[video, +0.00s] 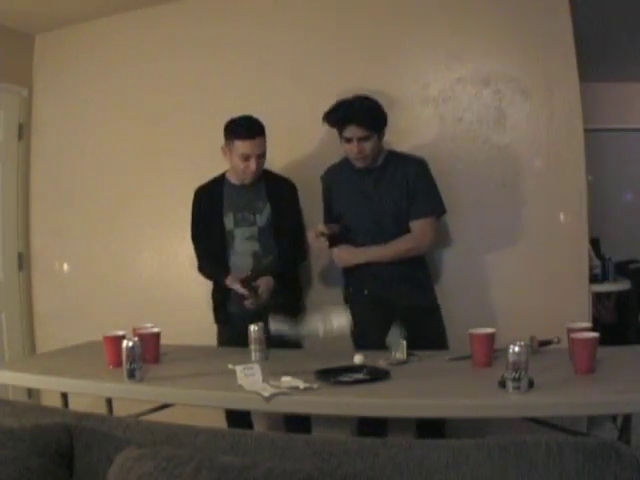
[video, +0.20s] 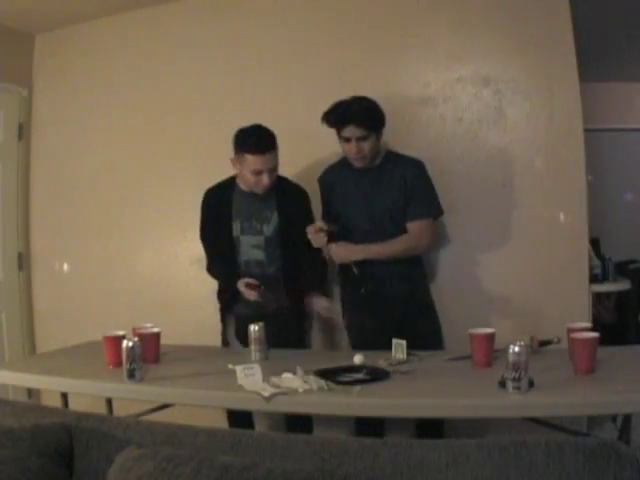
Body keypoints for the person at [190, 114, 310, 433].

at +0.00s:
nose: (253, 166)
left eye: (260, 157)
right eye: (245, 158)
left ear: (266, 151)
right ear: (226, 152)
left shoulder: (283, 189)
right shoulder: (207, 195)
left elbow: (295, 247)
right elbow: (205, 256)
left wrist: (273, 277)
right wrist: (227, 278)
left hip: (279, 305)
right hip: (233, 308)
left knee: (290, 386)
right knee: (235, 390)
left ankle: (299, 459)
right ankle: (241, 459)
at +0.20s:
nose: (265, 180)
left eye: (271, 171)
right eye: (257, 174)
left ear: (277, 160)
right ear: (236, 165)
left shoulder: (294, 196)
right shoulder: (216, 198)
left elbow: (309, 250)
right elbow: (214, 255)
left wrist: (313, 290)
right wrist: (234, 281)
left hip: (287, 303)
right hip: (240, 306)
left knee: (293, 383)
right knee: (238, 383)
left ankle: (299, 455)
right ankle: (242, 454)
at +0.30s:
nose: (278, 188)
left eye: (284, 179)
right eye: (270, 181)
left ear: (290, 167)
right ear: (248, 170)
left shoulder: (304, 202)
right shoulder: (225, 198)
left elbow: (327, 262)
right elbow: (217, 252)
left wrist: (355, 307)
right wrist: (235, 281)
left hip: (292, 314)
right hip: (243, 314)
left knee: (297, 395)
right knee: (238, 394)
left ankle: (302, 465)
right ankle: (242, 463)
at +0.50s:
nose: (294, 198)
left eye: (300, 189)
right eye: (285, 190)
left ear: (306, 177)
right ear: (263, 175)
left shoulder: (311, 208)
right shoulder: (236, 197)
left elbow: (343, 264)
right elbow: (223, 244)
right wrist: (235, 280)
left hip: (295, 317)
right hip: (246, 315)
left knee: (299, 398)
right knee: (235, 394)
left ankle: (301, 464)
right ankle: (242, 460)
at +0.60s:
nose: (294, 200)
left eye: (301, 190)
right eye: (286, 192)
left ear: (308, 178)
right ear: (264, 178)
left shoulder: (314, 210)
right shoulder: (239, 197)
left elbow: (345, 266)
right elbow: (225, 241)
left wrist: (383, 328)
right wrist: (234, 279)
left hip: (295, 315)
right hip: (247, 312)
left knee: (300, 397)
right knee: (235, 393)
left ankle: (303, 465)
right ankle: (240, 460)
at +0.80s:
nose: (287, 196)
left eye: (295, 187)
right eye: (278, 188)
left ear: (301, 175)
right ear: (258, 175)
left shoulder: (312, 212)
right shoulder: (238, 199)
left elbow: (342, 275)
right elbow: (226, 243)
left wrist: (373, 333)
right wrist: (233, 279)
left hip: (295, 322)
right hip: (245, 318)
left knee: (300, 402)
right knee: (228, 393)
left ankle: (301, 468)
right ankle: (236, 461)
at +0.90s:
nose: (281, 189)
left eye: (287, 180)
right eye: (272, 181)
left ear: (293, 170)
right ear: (250, 170)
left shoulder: (304, 207)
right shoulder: (230, 200)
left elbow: (336, 266)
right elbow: (223, 246)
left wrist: (372, 314)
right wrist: (229, 280)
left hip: (291, 318)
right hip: (243, 315)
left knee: (299, 396)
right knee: (223, 390)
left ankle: (302, 464)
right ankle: (231, 458)